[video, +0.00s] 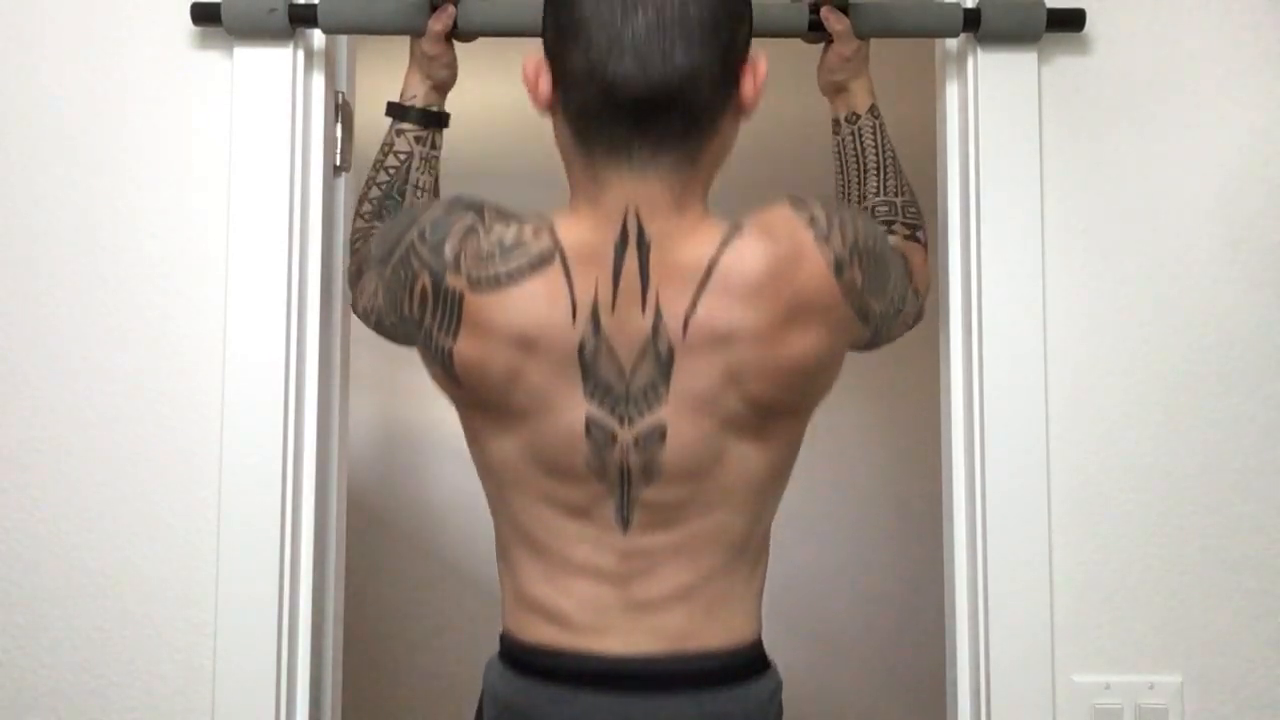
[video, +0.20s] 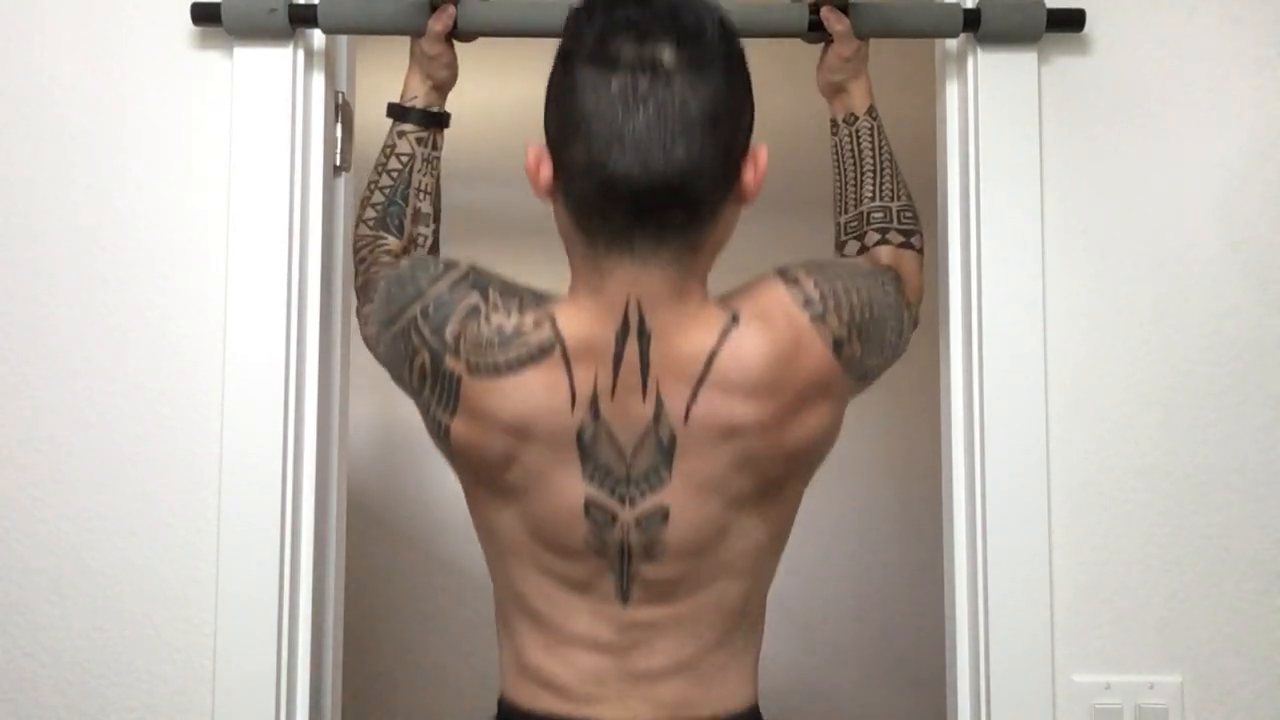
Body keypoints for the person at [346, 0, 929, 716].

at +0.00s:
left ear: (541, 86)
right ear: (749, 88)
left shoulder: (468, 273)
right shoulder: (804, 272)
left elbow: (374, 267)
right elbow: (904, 269)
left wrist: (421, 94)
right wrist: (853, 94)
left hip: (534, 689)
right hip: (724, 691)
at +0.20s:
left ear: (541, 174)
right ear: (751, 177)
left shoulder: (479, 355)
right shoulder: (798, 346)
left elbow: (385, 265)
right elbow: (893, 262)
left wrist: (422, 92)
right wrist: (851, 94)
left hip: (536, 705)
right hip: (719, 705)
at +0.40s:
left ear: (537, 246)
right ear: (747, 247)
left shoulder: (488, 424)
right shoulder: (785, 413)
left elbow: (396, 266)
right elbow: (882, 267)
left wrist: (424, 89)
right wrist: (851, 96)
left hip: (533, 711)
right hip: (722, 711)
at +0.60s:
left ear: (530, 303)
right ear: (739, 303)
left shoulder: (494, 473)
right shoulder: (775, 453)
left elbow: (404, 281)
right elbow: (875, 284)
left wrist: (426, 91)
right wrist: (849, 96)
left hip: (534, 713)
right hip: (724, 713)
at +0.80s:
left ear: (532, 300)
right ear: (742, 301)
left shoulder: (490, 461)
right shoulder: (779, 443)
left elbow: (400, 280)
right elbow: (873, 285)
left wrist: (426, 91)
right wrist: (849, 98)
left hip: (528, 711)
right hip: (719, 712)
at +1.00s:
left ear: (539, 170)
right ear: (753, 171)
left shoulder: (475, 356)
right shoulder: (795, 343)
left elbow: (379, 261)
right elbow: (892, 263)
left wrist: (423, 89)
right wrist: (850, 96)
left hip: (530, 708)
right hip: (711, 707)